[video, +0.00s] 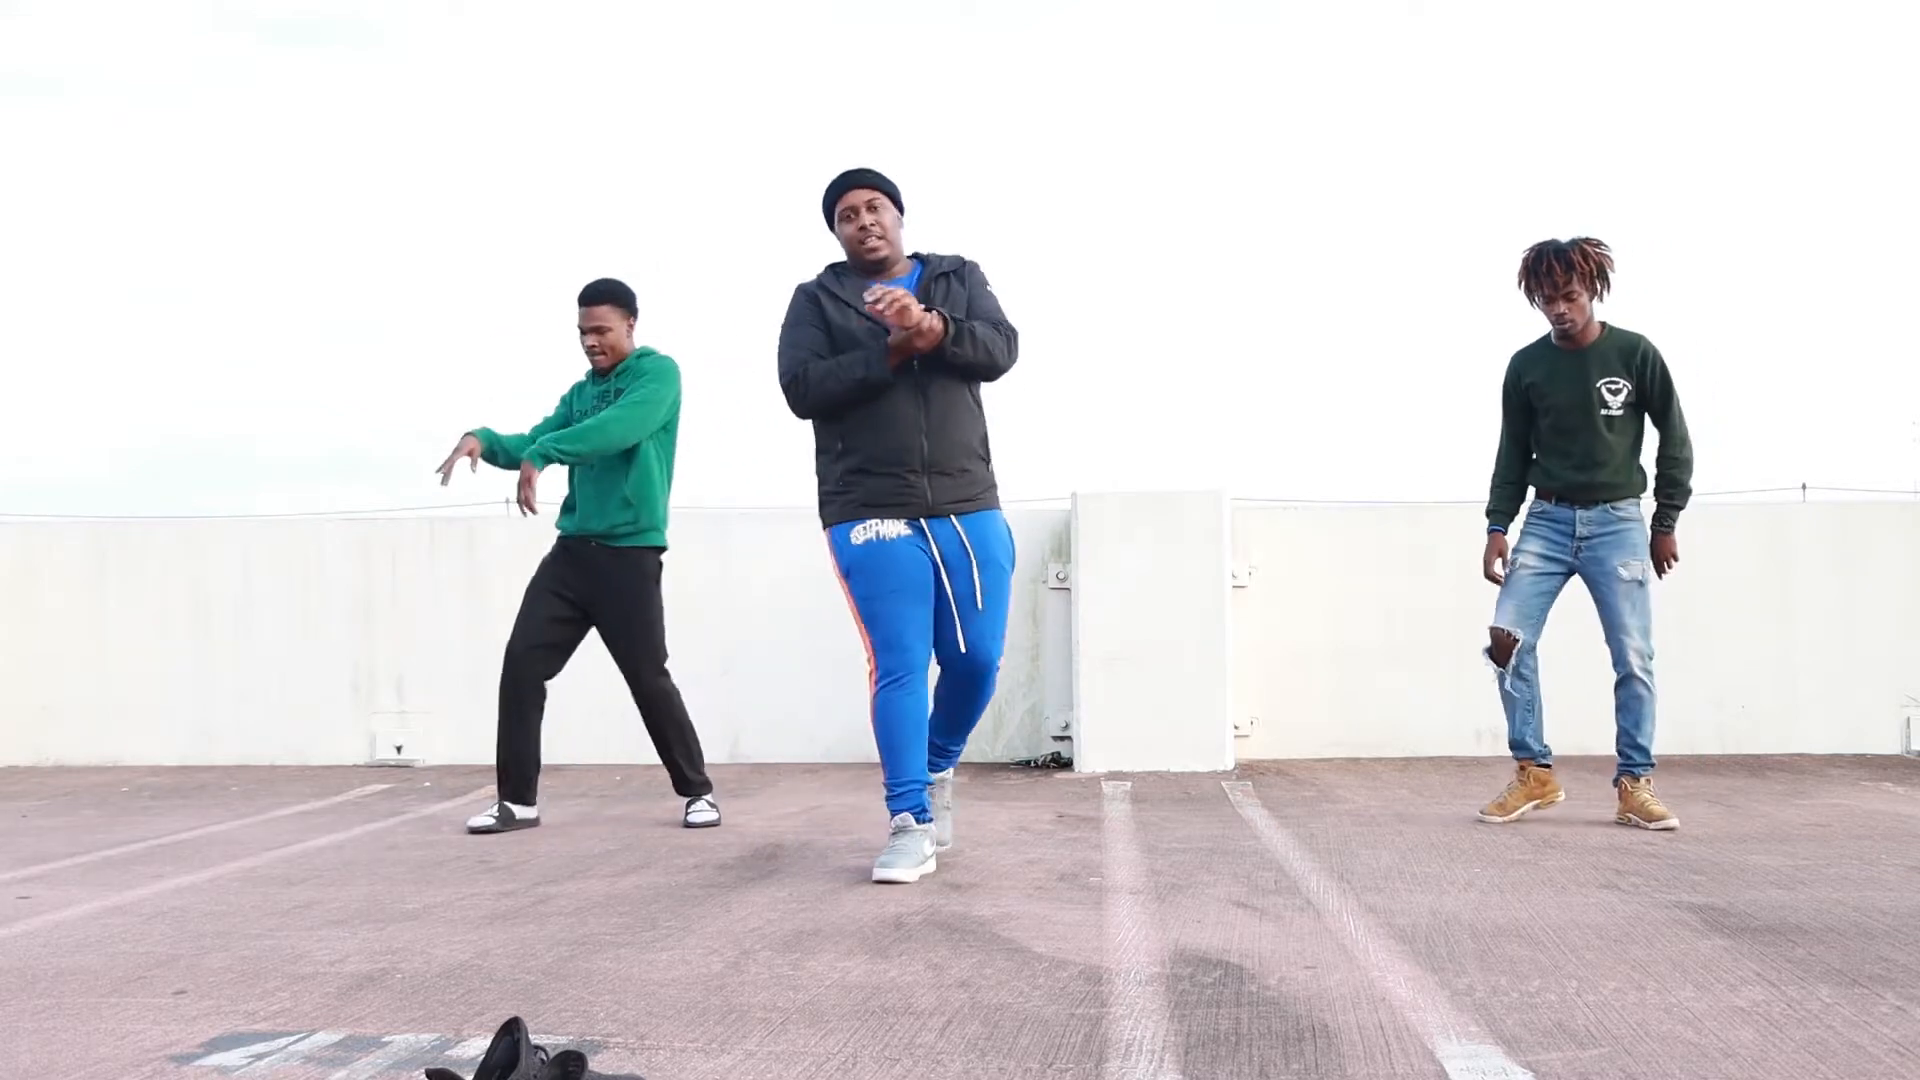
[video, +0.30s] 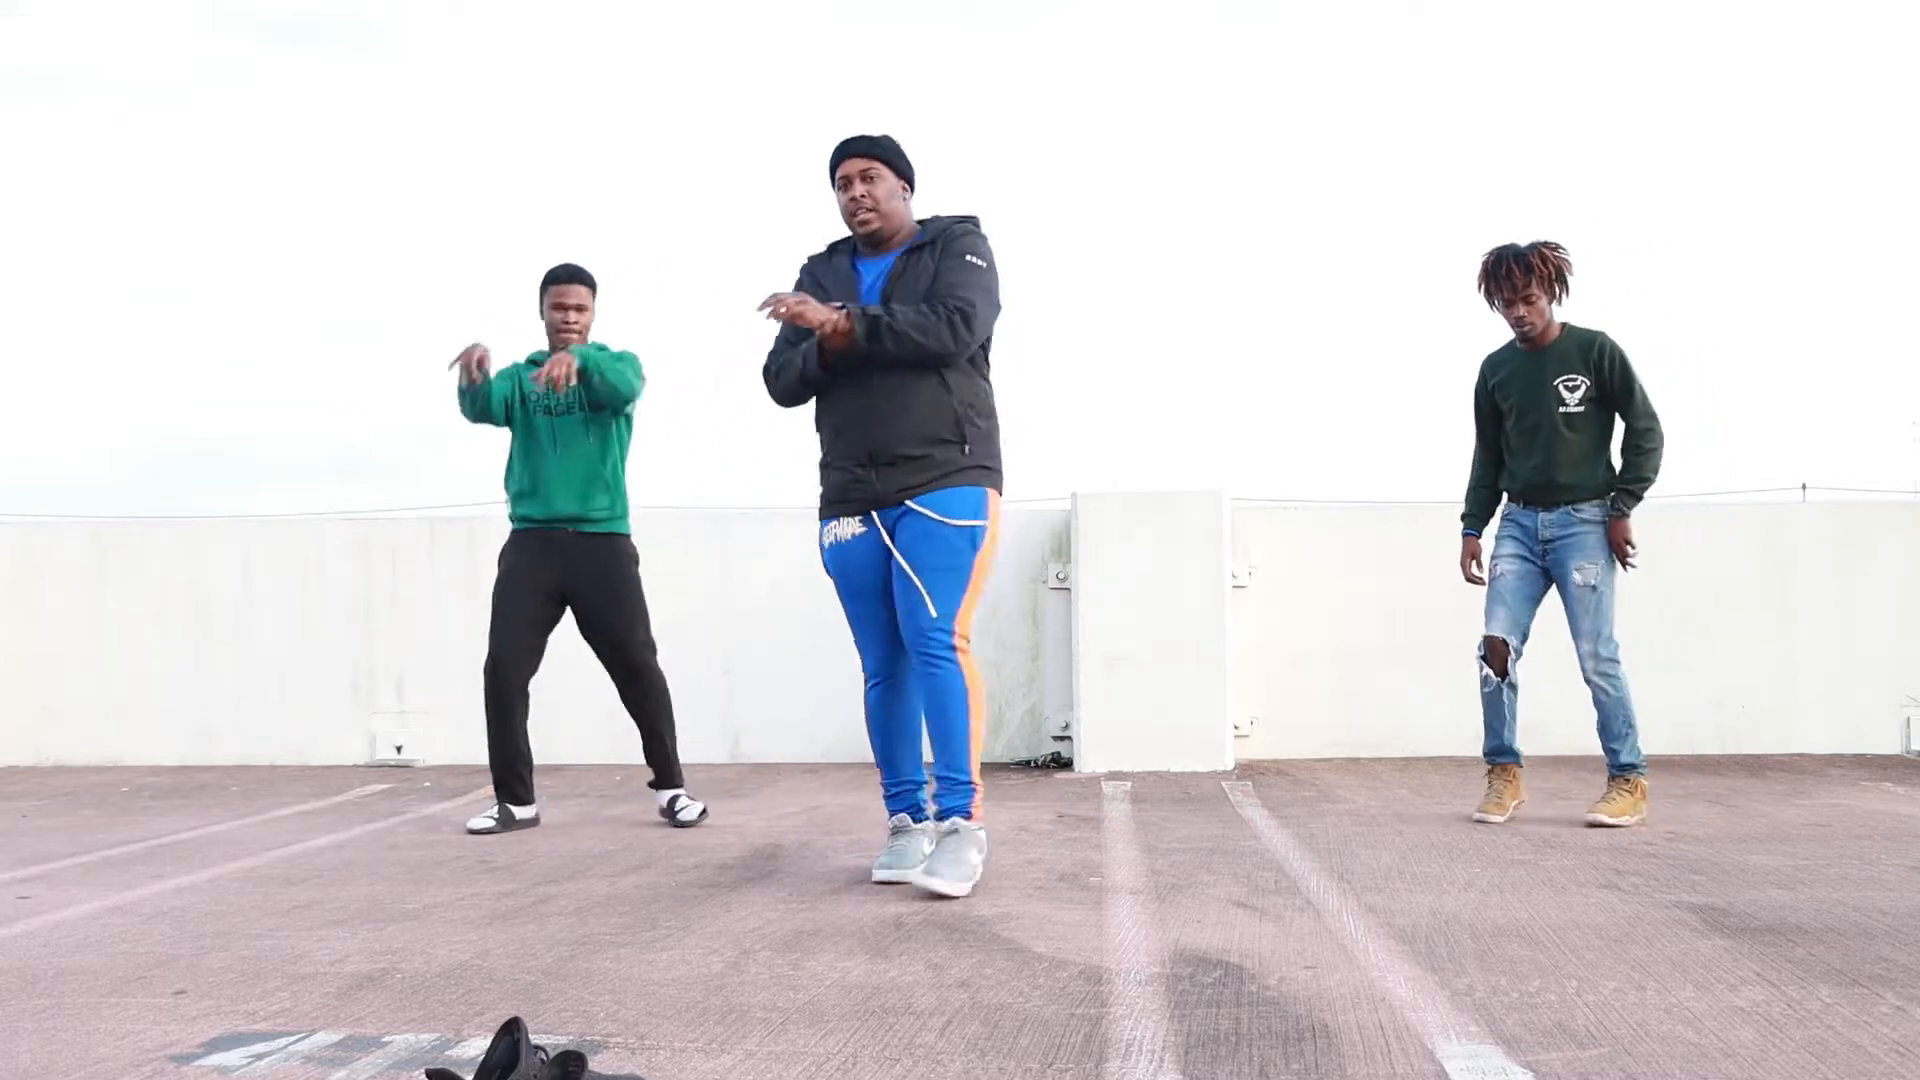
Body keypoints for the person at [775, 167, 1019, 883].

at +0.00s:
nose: (865, 220)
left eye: (874, 208)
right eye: (850, 216)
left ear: (900, 216)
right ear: (836, 236)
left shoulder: (956, 277)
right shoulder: (817, 300)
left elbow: (999, 350)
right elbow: (803, 391)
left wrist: (938, 331)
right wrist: (892, 349)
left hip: (966, 497)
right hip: (870, 504)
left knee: (978, 659)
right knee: (900, 662)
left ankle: (935, 767)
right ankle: (909, 823)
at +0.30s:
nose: (856, 191)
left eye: (868, 177)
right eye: (845, 185)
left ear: (905, 185)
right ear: (837, 203)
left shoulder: (955, 241)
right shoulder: (822, 271)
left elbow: (952, 330)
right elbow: (781, 382)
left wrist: (835, 318)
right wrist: (825, 341)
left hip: (944, 480)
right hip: (851, 492)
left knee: (932, 640)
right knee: (882, 665)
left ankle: (957, 825)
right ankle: (907, 825)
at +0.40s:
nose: (852, 195)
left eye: (866, 181)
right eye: (842, 189)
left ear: (906, 187)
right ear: (837, 206)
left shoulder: (951, 244)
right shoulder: (829, 275)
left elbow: (930, 335)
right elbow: (790, 393)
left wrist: (813, 330)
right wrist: (816, 346)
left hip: (940, 481)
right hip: (853, 496)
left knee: (924, 645)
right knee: (875, 666)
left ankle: (954, 838)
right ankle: (911, 830)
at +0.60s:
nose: (831, 201)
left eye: (844, 186)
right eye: (827, 190)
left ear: (892, 187)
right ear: (840, 201)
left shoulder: (932, 240)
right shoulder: (850, 274)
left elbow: (879, 343)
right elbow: (834, 390)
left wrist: (774, 356)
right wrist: (778, 362)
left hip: (935, 483)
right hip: (857, 492)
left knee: (908, 652)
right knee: (822, 649)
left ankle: (948, 843)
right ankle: (900, 799)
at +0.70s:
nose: (827, 196)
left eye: (838, 182)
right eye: (826, 184)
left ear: (885, 180)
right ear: (872, 185)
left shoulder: (913, 234)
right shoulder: (867, 255)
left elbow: (861, 338)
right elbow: (852, 379)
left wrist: (759, 355)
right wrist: (775, 364)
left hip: (925, 479)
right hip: (862, 486)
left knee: (908, 657)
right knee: (801, 632)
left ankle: (949, 842)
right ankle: (879, 796)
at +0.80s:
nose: (824, 191)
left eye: (834, 177)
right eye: (824, 178)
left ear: (876, 177)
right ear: (876, 180)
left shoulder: (892, 230)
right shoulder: (879, 240)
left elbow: (833, 335)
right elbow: (858, 365)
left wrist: (749, 355)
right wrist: (778, 358)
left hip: (913, 478)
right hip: (869, 483)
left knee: (900, 655)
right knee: (808, 637)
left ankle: (947, 844)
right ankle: (828, 821)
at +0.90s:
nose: (817, 195)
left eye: (827, 181)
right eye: (819, 182)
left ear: (864, 182)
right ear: (876, 185)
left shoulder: (864, 237)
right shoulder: (902, 246)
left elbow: (808, 342)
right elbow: (881, 370)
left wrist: (740, 364)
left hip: (895, 481)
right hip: (870, 484)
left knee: (880, 659)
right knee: (816, 651)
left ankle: (946, 845)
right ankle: (794, 827)